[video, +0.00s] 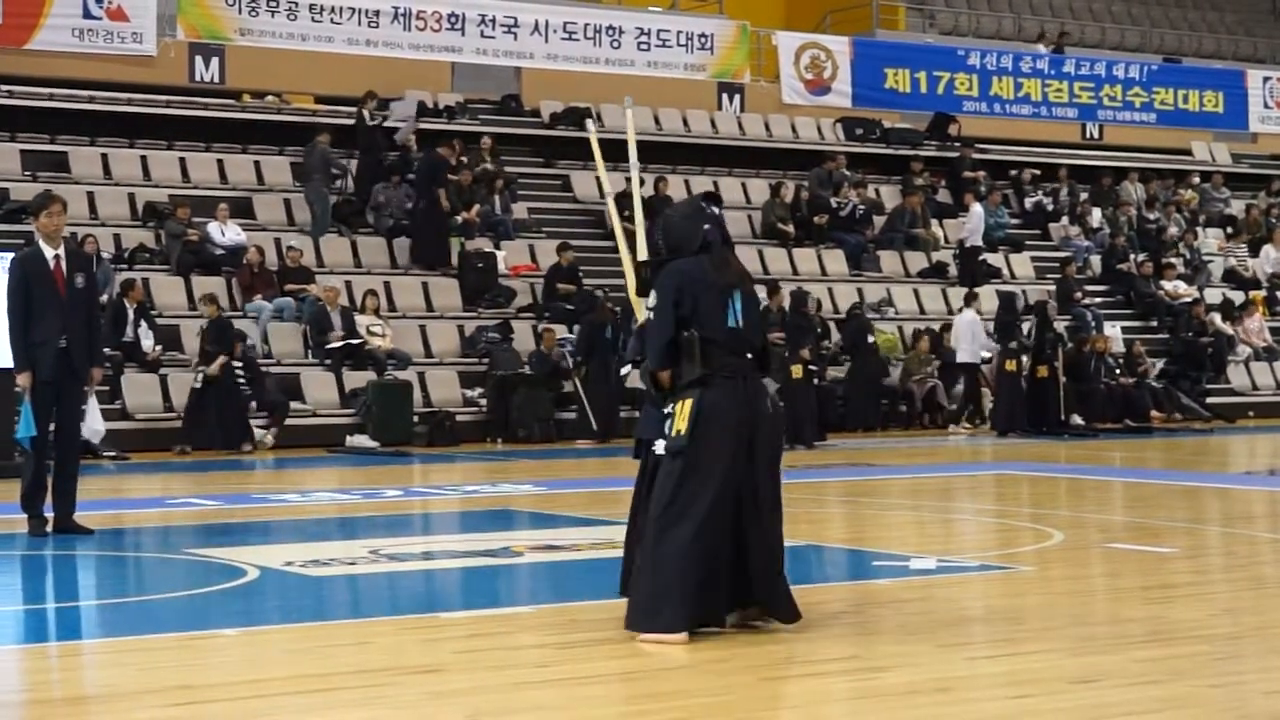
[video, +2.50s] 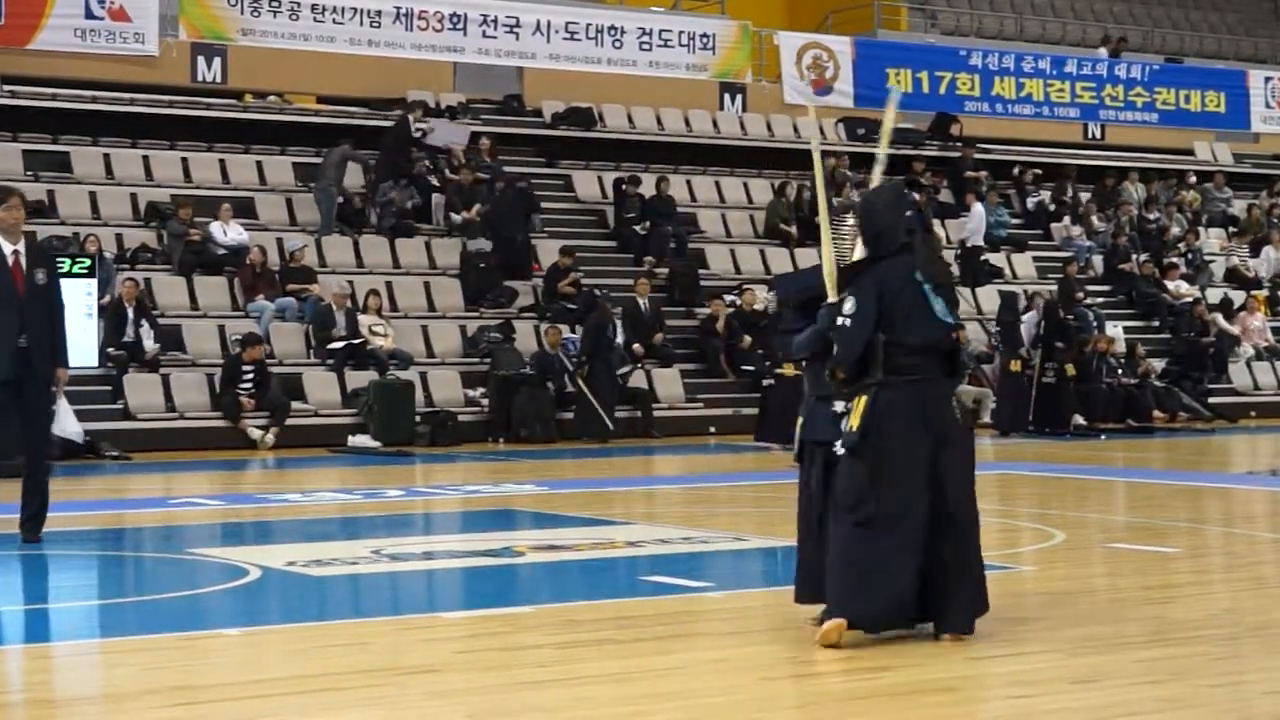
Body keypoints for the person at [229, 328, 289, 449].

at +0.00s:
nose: (237, 348)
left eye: (239, 345)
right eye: (234, 345)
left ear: (243, 345)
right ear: (229, 345)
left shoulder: (249, 361)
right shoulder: (223, 363)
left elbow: (258, 380)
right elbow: (225, 386)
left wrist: (256, 399)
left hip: (252, 395)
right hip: (235, 398)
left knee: (282, 403)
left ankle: (271, 434)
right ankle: (247, 437)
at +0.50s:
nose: (240, 348)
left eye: (241, 344)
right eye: (236, 344)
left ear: (243, 345)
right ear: (228, 345)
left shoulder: (250, 361)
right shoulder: (220, 363)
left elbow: (258, 382)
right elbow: (215, 388)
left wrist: (254, 399)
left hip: (250, 397)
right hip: (229, 398)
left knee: (282, 404)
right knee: (236, 399)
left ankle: (270, 436)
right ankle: (249, 429)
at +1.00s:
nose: (253, 348)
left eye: (253, 345)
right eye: (250, 345)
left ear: (243, 346)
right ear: (240, 346)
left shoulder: (252, 362)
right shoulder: (222, 362)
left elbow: (260, 383)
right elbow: (219, 387)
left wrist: (255, 399)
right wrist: (241, 400)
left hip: (253, 396)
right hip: (232, 399)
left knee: (283, 403)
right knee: (235, 396)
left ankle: (271, 436)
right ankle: (250, 428)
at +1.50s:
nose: (256, 349)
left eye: (256, 346)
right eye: (254, 346)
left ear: (248, 347)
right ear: (244, 347)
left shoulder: (256, 362)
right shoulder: (226, 361)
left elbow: (262, 383)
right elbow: (222, 386)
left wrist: (254, 398)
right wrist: (239, 394)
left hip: (255, 395)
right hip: (236, 395)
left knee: (283, 404)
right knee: (230, 400)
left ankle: (272, 435)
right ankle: (250, 428)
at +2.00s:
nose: (259, 351)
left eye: (259, 348)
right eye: (256, 348)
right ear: (246, 349)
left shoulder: (259, 363)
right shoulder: (229, 363)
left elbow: (264, 385)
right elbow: (224, 388)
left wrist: (254, 400)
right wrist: (239, 399)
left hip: (255, 396)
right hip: (236, 397)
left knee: (283, 404)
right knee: (226, 402)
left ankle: (271, 436)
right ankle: (251, 428)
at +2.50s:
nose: (261, 351)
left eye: (261, 348)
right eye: (258, 349)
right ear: (248, 349)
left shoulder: (261, 363)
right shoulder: (231, 362)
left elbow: (265, 385)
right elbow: (225, 389)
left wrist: (255, 400)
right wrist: (240, 399)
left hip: (256, 396)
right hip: (237, 396)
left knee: (283, 403)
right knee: (227, 402)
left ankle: (270, 435)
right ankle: (249, 430)